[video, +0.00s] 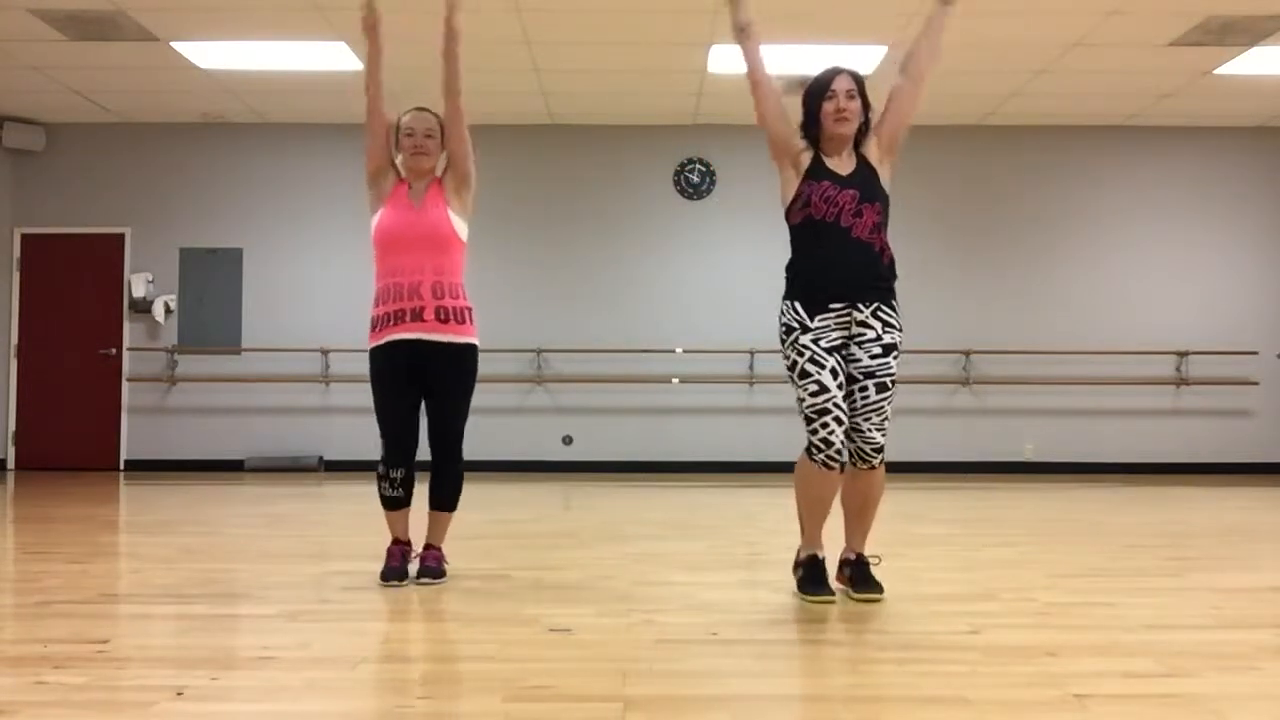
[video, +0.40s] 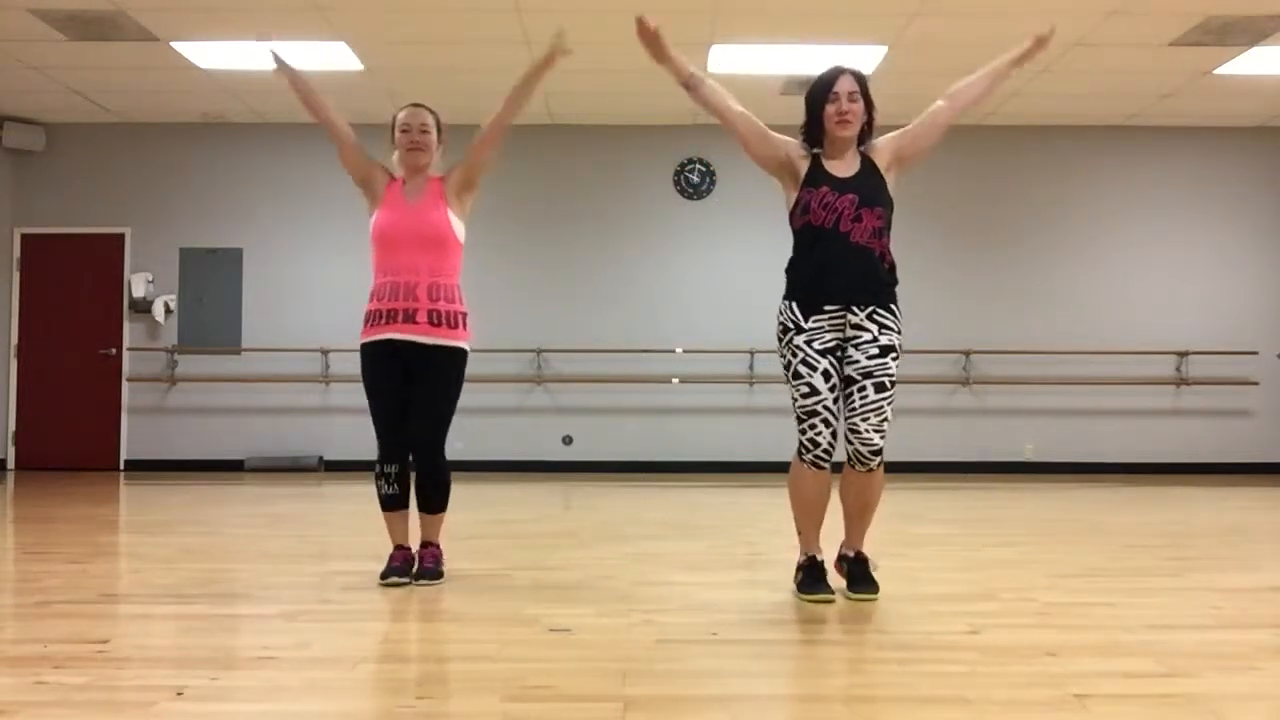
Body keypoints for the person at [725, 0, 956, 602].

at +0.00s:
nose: (843, 103)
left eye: (852, 96)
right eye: (830, 96)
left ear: (864, 110)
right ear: (814, 112)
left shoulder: (878, 158)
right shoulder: (795, 160)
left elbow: (915, 75)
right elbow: (761, 86)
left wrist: (943, 8)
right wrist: (745, 31)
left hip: (875, 315)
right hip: (811, 316)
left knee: (869, 438)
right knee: (829, 434)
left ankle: (854, 557)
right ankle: (810, 555)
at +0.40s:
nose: (844, 107)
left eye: (853, 98)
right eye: (833, 99)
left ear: (867, 109)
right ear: (816, 110)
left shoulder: (884, 157)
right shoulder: (795, 160)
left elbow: (951, 105)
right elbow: (734, 115)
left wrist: (1017, 58)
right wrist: (672, 63)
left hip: (874, 317)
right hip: (809, 318)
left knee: (867, 439)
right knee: (819, 436)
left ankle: (853, 554)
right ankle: (809, 559)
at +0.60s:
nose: (847, 100)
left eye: (856, 92)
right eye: (835, 93)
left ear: (870, 104)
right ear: (818, 106)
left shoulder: (889, 155)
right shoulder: (796, 158)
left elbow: (963, 120)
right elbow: (719, 125)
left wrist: (1036, 91)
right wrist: (647, 91)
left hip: (881, 311)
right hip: (816, 312)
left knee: (870, 434)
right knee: (831, 426)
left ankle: (854, 553)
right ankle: (815, 539)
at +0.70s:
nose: (847, 102)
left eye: (856, 94)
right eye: (836, 94)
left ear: (869, 105)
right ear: (817, 106)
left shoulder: (888, 158)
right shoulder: (794, 160)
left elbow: (966, 132)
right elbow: (719, 137)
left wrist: (1038, 109)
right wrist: (643, 108)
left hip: (881, 312)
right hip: (816, 312)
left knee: (872, 438)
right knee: (838, 428)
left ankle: (854, 554)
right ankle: (816, 543)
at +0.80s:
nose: (847, 106)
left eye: (855, 98)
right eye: (836, 98)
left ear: (868, 108)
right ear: (817, 110)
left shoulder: (887, 162)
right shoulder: (794, 163)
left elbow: (967, 143)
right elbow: (717, 147)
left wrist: (1041, 123)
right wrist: (644, 129)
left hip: (879, 315)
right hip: (814, 317)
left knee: (872, 442)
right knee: (835, 437)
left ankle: (852, 556)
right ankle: (819, 558)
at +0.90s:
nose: (847, 101)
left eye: (856, 93)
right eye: (836, 93)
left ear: (868, 105)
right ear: (817, 106)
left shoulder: (888, 161)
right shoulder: (793, 161)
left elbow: (961, 153)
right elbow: (714, 156)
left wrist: (1039, 145)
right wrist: (637, 147)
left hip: (875, 315)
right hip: (810, 316)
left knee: (875, 441)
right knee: (829, 438)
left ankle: (854, 553)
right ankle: (817, 559)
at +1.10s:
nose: (848, 99)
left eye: (857, 91)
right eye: (838, 91)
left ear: (870, 103)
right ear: (818, 103)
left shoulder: (888, 162)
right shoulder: (792, 161)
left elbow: (964, 169)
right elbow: (715, 170)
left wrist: (1042, 178)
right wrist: (640, 173)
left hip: (874, 312)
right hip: (808, 315)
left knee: (879, 435)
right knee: (823, 437)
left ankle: (856, 535)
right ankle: (817, 558)